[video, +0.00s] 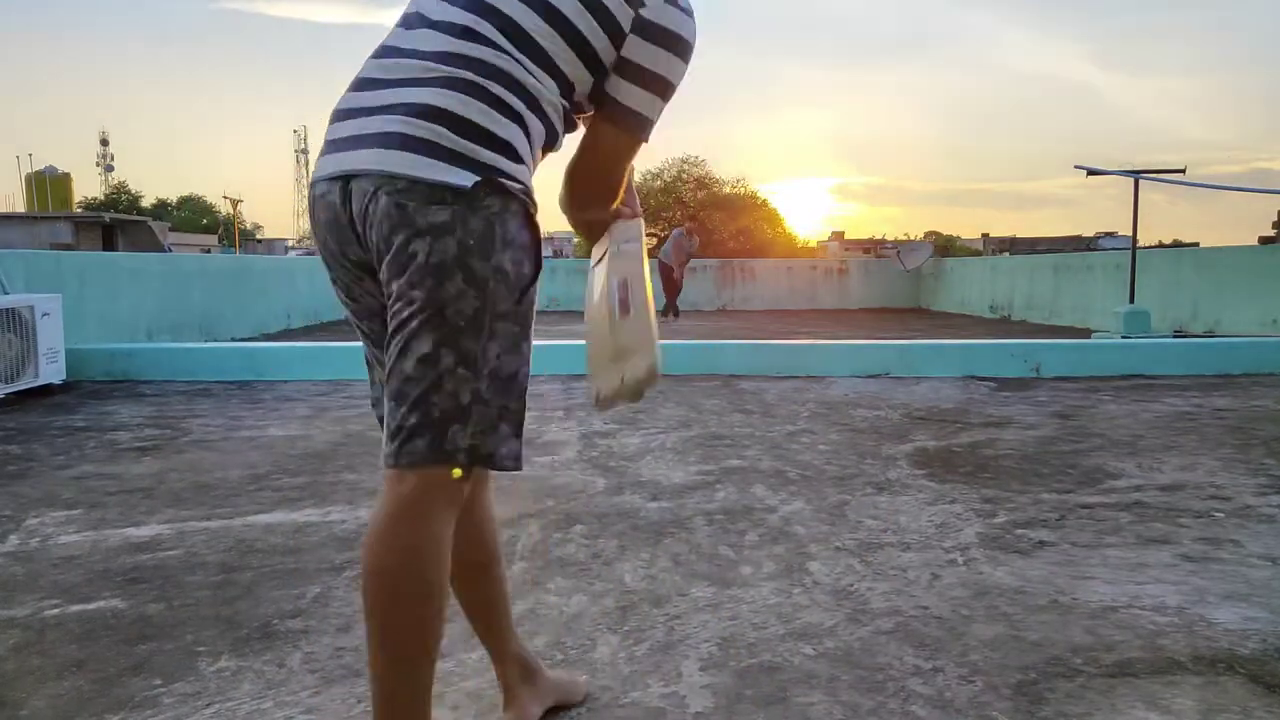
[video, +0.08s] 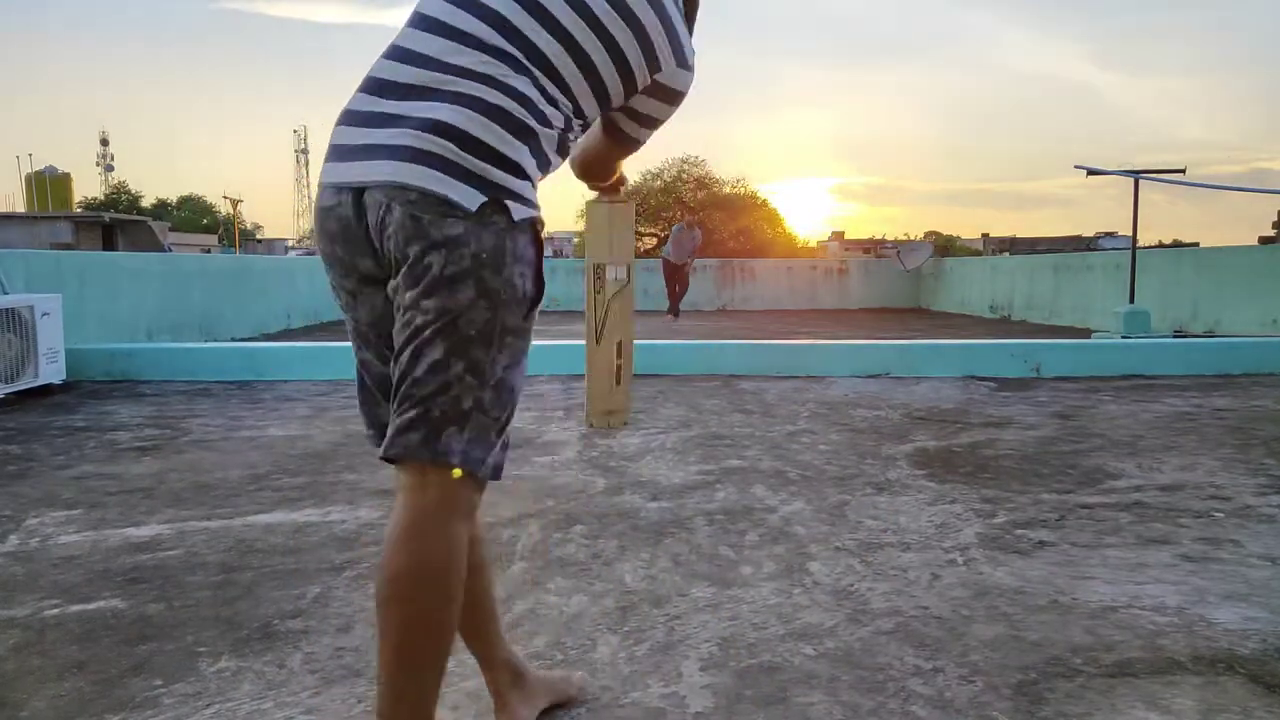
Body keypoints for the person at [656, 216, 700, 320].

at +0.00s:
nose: (690, 225)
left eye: (693, 223)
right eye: (689, 222)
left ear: (696, 225)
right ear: (685, 223)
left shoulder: (695, 240)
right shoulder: (677, 234)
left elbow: (689, 256)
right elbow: (674, 253)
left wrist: (682, 268)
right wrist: (676, 268)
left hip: (678, 263)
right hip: (666, 260)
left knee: (678, 286)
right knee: (668, 286)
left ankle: (665, 311)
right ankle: (675, 311)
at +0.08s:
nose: (691, 219)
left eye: (694, 216)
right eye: (689, 215)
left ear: (696, 218)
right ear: (684, 216)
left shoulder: (697, 233)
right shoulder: (676, 229)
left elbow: (695, 250)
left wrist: (690, 263)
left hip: (683, 261)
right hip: (669, 259)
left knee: (684, 286)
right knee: (671, 287)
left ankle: (671, 310)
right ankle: (675, 313)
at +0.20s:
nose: (692, 211)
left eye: (695, 208)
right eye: (690, 208)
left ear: (698, 211)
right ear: (686, 210)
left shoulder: (700, 225)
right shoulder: (680, 222)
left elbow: (702, 241)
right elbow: (670, 233)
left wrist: (702, 256)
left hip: (689, 258)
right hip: (675, 257)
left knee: (691, 285)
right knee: (675, 287)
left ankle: (685, 312)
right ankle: (675, 314)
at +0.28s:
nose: (695, 210)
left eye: (698, 208)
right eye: (693, 207)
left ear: (701, 210)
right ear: (689, 209)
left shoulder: (703, 224)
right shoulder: (682, 220)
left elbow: (708, 240)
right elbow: (671, 228)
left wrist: (710, 254)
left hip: (693, 258)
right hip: (679, 256)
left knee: (696, 286)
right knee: (677, 287)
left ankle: (701, 313)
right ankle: (676, 314)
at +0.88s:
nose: (696, 209)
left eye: (698, 206)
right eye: (694, 206)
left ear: (702, 208)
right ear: (690, 208)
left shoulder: (709, 224)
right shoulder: (686, 223)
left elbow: (717, 239)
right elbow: (674, 233)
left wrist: (717, 251)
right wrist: (668, 229)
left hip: (703, 261)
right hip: (688, 260)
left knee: (706, 291)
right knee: (686, 290)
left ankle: (710, 314)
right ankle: (683, 315)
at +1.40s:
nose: (693, 210)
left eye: (696, 207)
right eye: (691, 207)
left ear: (700, 209)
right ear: (688, 209)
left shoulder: (705, 222)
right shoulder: (684, 222)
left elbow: (716, 235)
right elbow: (673, 235)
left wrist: (718, 244)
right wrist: (661, 243)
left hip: (701, 261)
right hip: (687, 261)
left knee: (705, 290)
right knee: (686, 290)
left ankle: (709, 314)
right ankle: (682, 315)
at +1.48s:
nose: (693, 210)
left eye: (695, 207)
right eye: (691, 207)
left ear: (699, 208)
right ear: (688, 209)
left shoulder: (705, 223)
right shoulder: (684, 223)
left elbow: (714, 240)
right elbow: (677, 240)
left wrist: (720, 257)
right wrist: (667, 256)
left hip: (701, 262)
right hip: (687, 261)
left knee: (705, 291)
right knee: (686, 290)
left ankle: (710, 315)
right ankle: (682, 315)